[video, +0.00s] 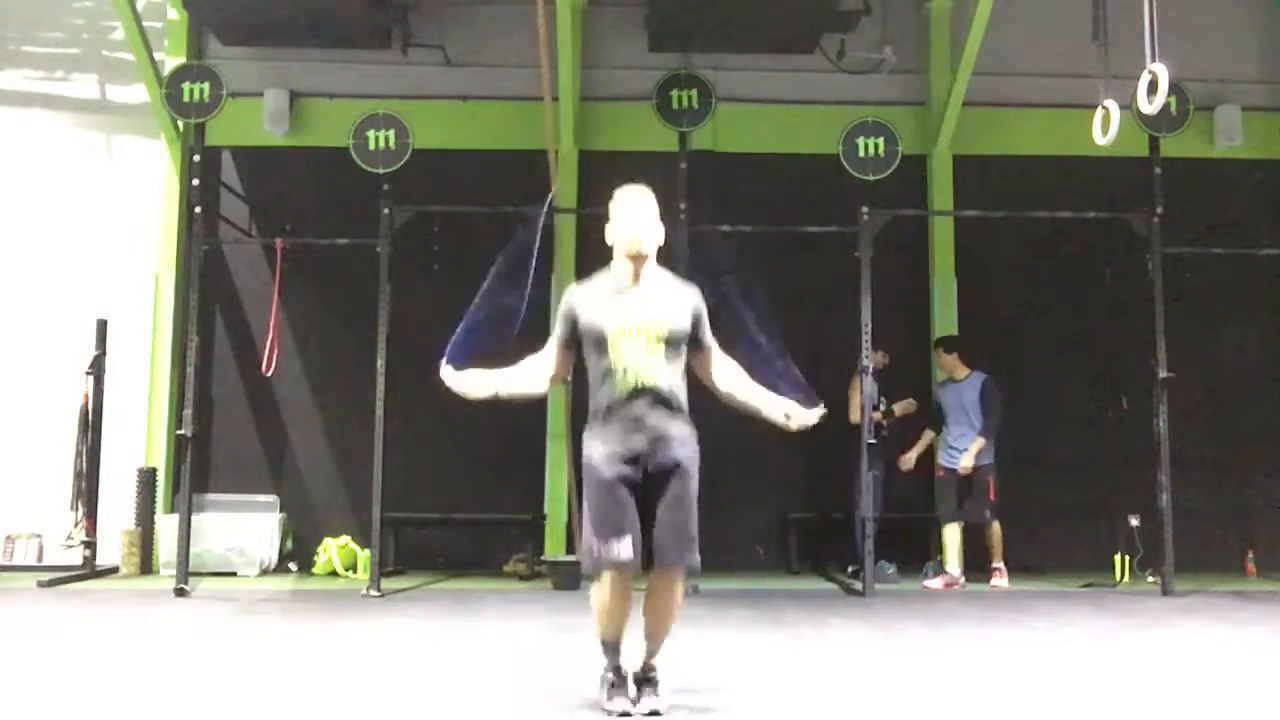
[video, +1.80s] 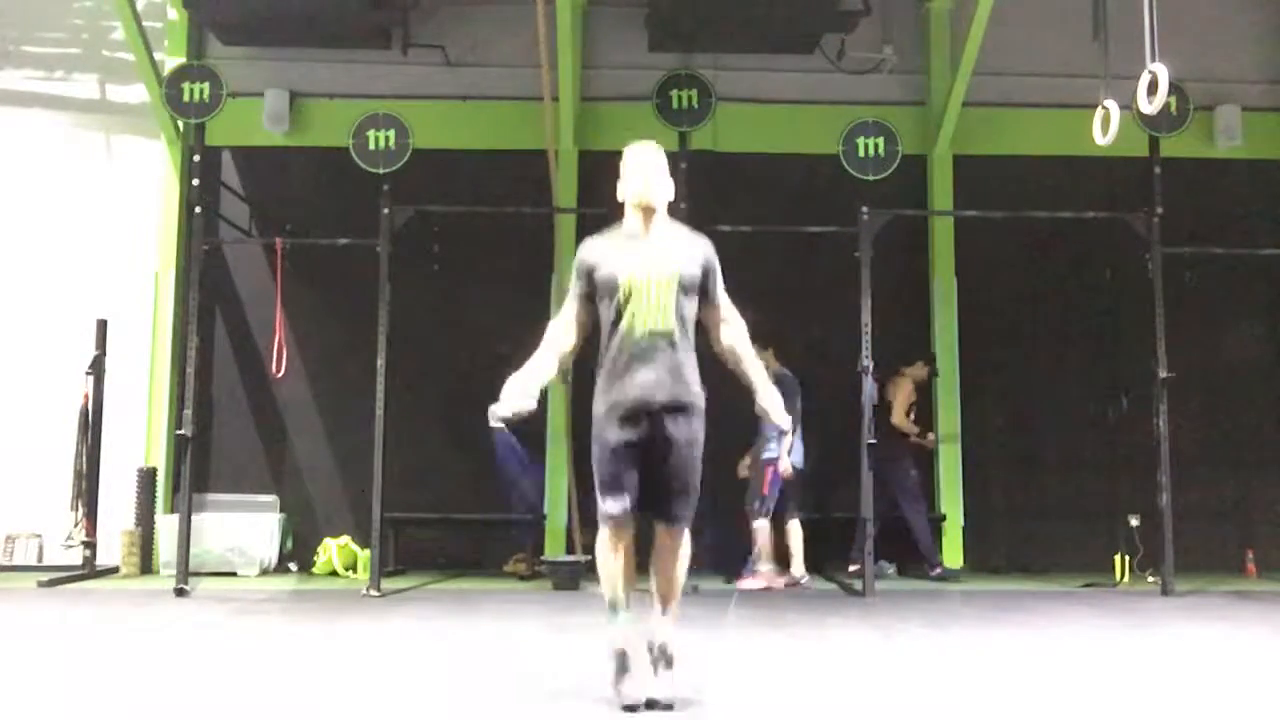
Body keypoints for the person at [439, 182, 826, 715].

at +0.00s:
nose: (638, 228)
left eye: (646, 219)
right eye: (628, 219)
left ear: (660, 228)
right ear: (609, 229)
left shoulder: (686, 297)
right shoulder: (580, 297)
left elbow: (717, 369)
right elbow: (548, 369)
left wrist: (781, 409)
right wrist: (484, 380)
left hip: (673, 435)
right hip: (609, 436)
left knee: (671, 560)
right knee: (617, 557)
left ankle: (649, 670)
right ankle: (612, 669)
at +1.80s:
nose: (645, 184)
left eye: (653, 175)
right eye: (636, 175)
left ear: (669, 184)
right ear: (621, 185)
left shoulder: (697, 249)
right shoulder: (594, 251)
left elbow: (727, 328)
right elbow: (567, 331)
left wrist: (764, 392)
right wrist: (524, 385)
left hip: (681, 402)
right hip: (617, 403)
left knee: (674, 524)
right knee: (616, 520)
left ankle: (664, 636)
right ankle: (619, 637)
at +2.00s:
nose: (650, 152)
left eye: (657, 145)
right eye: (640, 145)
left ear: (672, 157)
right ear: (622, 158)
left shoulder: (699, 224)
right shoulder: (595, 229)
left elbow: (723, 294)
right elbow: (569, 297)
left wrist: (743, 353)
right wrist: (550, 354)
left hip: (680, 365)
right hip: (615, 365)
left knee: (674, 478)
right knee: (617, 474)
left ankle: (666, 597)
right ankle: (620, 585)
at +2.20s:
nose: (651, 235)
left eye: (658, 225)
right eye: (640, 225)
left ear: (671, 232)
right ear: (621, 234)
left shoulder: (697, 298)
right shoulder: (595, 301)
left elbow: (723, 363)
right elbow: (562, 372)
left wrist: (786, 402)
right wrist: (504, 378)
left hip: (682, 447)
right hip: (617, 447)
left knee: (676, 565)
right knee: (624, 560)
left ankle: (662, 665)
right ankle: (626, 666)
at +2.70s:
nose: (649, 203)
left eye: (656, 194)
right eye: (639, 194)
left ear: (670, 205)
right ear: (620, 205)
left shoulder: (693, 269)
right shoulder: (592, 269)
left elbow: (714, 335)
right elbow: (562, 336)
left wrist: (764, 381)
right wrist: (505, 367)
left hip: (681, 416)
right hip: (617, 417)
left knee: (677, 532)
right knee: (624, 531)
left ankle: (660, 637)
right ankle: (619, 631)